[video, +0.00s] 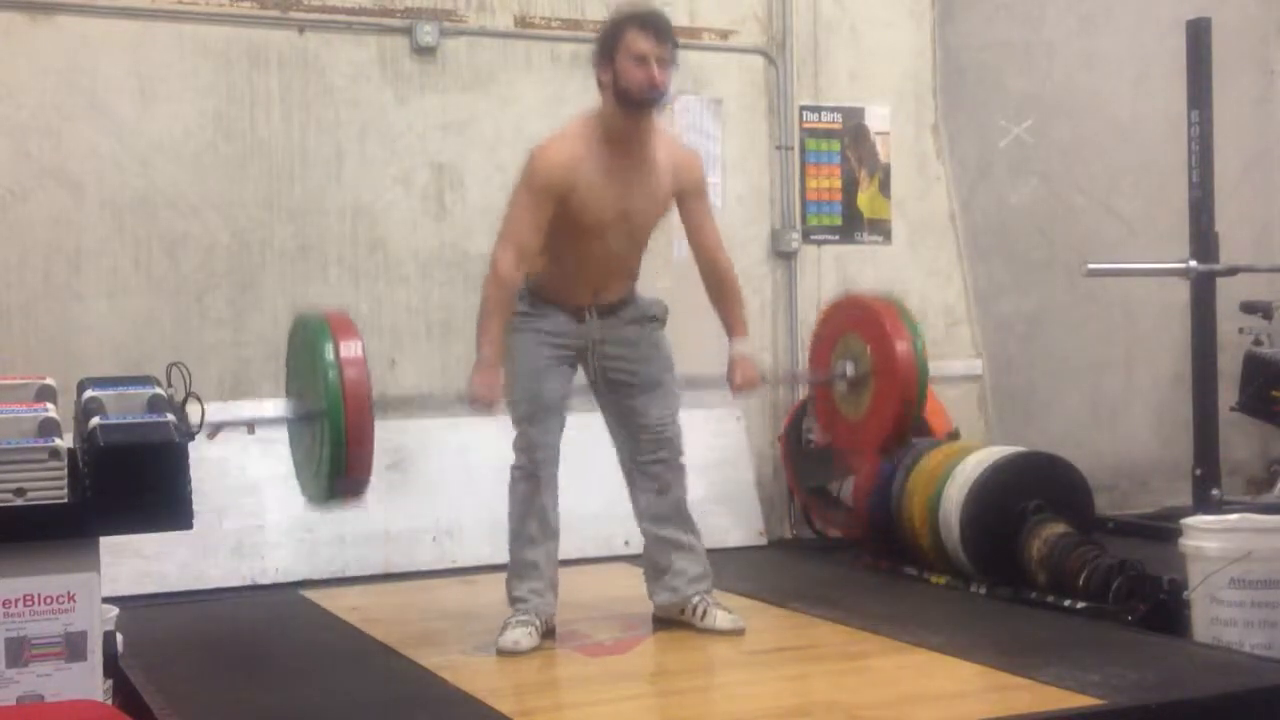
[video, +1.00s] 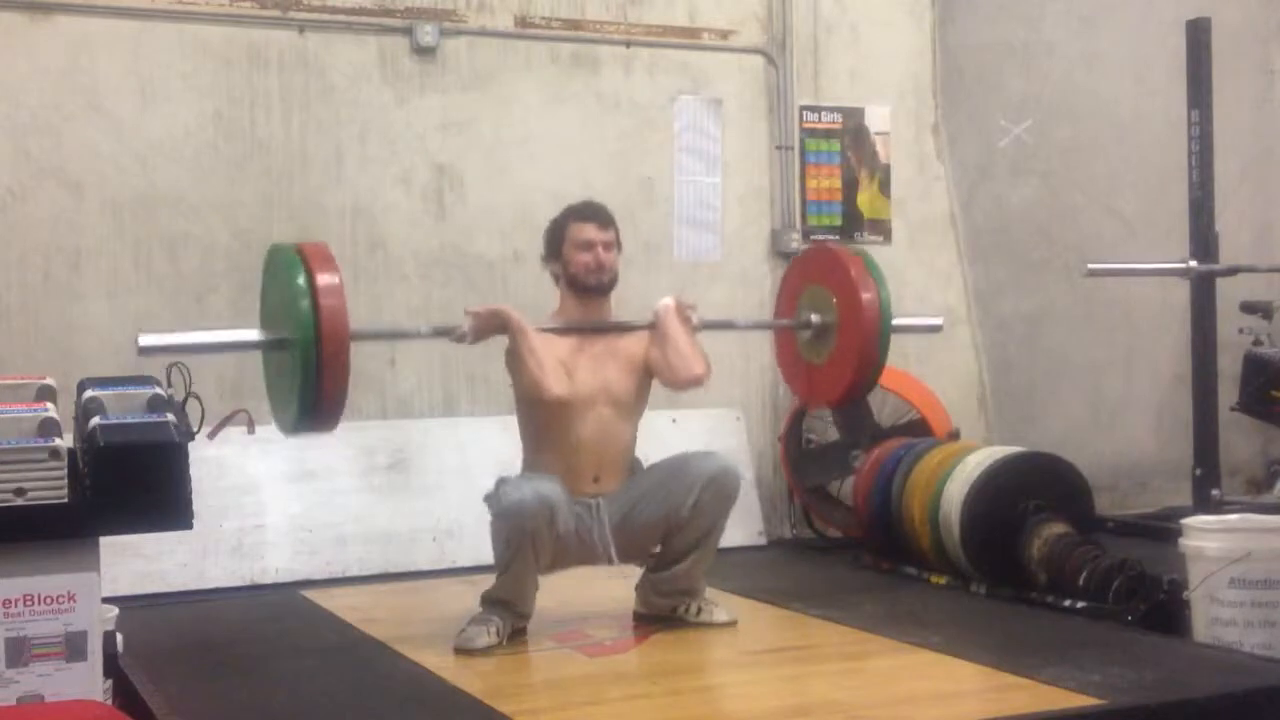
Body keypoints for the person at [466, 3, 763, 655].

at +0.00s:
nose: (652, 75)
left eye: (661, 64)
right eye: (638, 61)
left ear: (670, 75)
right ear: (604, 70)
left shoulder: (677, 164)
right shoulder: (558, 159)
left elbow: (712, 258)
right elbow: (510, 256)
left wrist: (740, 341)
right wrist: (488, 359)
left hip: (625, 318)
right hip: (543, 318)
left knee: (658, 450)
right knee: (535, 456)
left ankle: (682, 592)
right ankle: (529, 607)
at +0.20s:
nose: (599, 15)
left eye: (608, 6)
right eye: (584, 5)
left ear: (619, 17)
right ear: (554, 14)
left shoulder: (637, 98)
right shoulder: (525, 92)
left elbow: (690, 171)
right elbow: (487, 175)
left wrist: (732, 239)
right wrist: (483, 255)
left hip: (642, 277)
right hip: (562, 278)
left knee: (678, 428)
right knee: (553, 438)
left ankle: (690, 587)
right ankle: (531, 606)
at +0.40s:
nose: (601, 84)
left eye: (609, 74)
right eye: (586, 72)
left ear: (618, 80)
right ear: (555, 77)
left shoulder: (634, 160)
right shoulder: (520, 155)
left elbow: (676, 221)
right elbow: (459, 233)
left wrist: (715, 200)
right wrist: (463, 212)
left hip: (628, 343)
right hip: (546, 344)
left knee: (700, 447)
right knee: (511, 457)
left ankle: (673, 580)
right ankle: (501, 591)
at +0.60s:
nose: (607, 185)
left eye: (616, 177)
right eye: (591, 177)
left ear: (627, 192)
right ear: (566, 198)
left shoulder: (656, 276)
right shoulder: (546, 278)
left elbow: (713, 328)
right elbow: (536, 352)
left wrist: (694, 257)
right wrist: (516, 270)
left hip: (627, 443)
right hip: (547, 445)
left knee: (722, 479)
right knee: (512, 497)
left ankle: (668, 595)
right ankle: (501, 611)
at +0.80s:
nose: (602, 259)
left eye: (611, 250)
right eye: (587, 250)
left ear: (621, 262)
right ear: (558, 267)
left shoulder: (646, 343)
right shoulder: (538, 349)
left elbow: (693, 373)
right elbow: (554, 391)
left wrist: (671, 314)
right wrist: (518, 327)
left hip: (634, 513)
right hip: (558, 518)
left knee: (725, 477)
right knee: (507, 498)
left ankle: (666, 596)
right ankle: (502, 612)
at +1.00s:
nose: (599, 257)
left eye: (608, 247)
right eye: (584, 247)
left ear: (619, 259)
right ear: (555, 264)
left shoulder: (643, 340)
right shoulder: (531, 345)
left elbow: (689, 374)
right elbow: (550, 388)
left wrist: (667, 312)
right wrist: (512, 321)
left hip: (628, 514)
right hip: (556, 517)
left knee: (717, 474)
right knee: (523, 495)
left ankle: (667, 595)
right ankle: (503, 612)